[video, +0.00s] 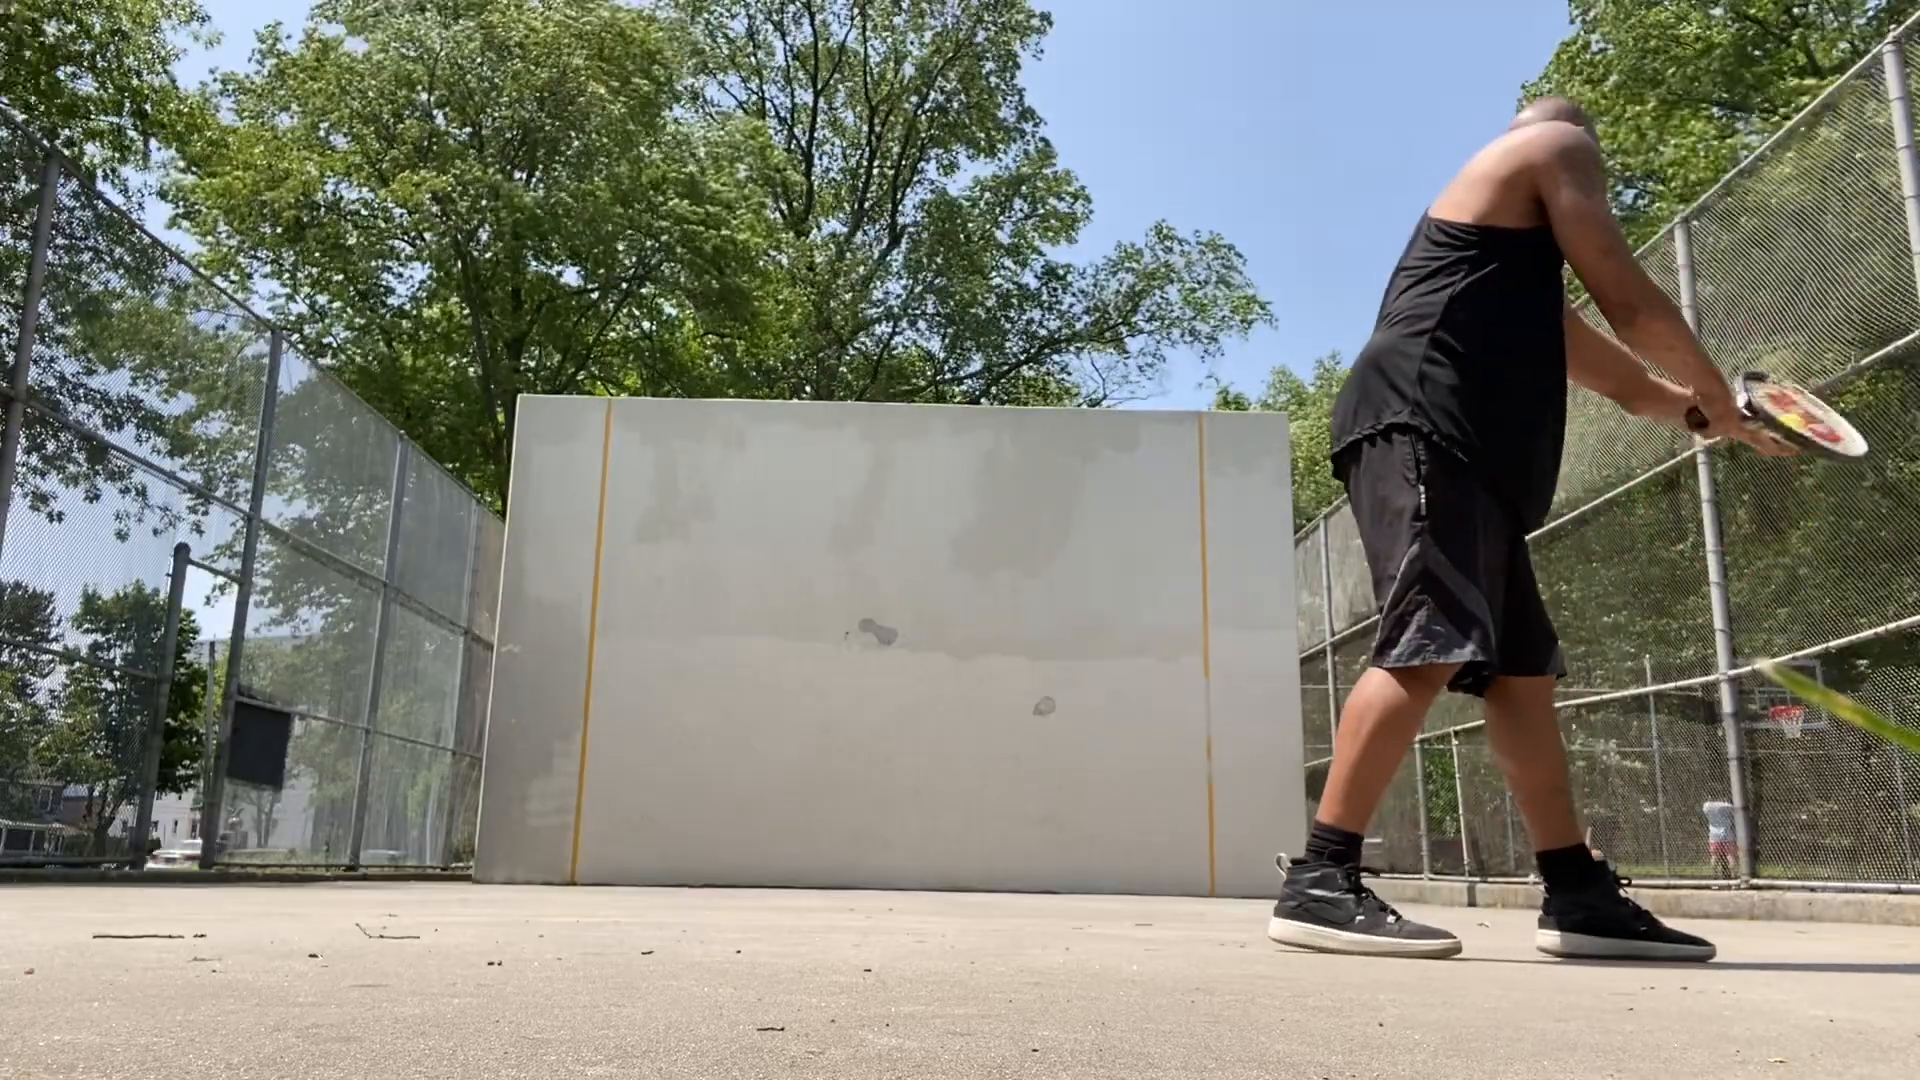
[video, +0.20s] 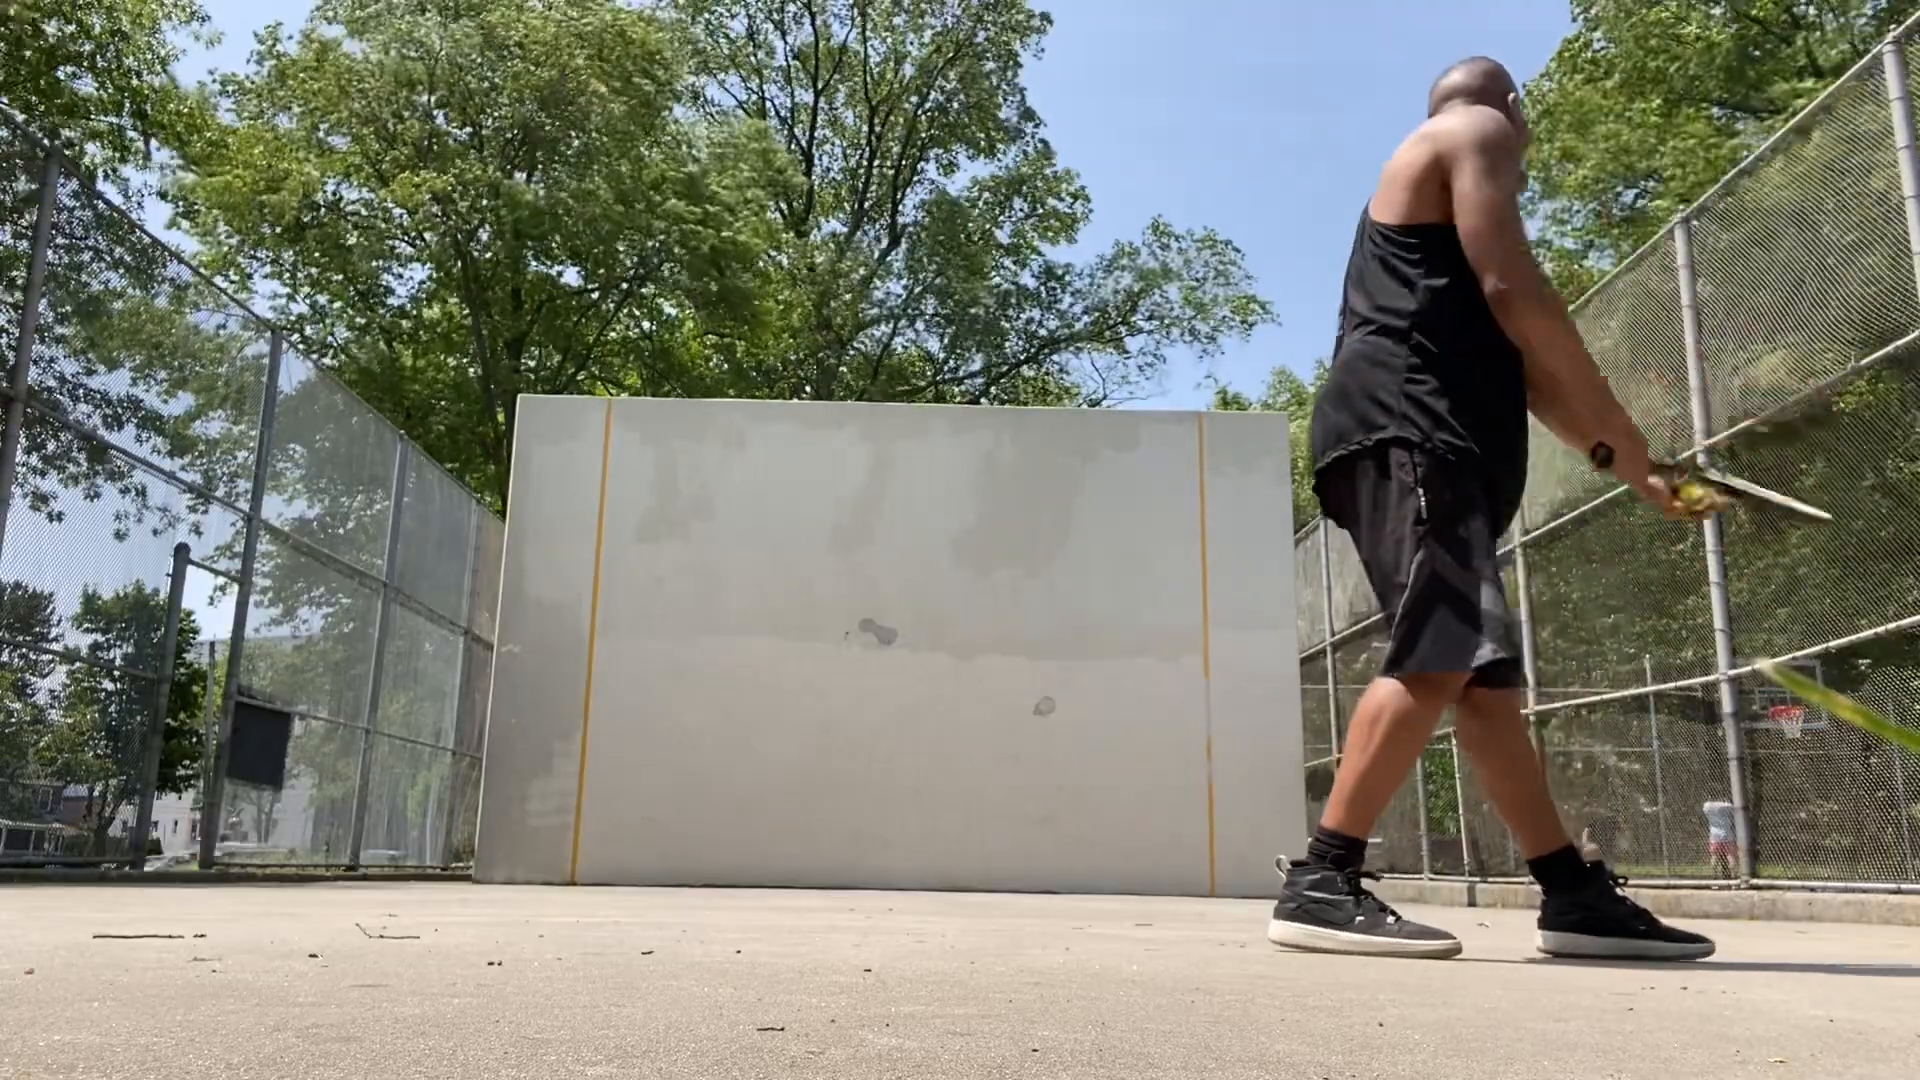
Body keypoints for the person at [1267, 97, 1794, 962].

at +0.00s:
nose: (1595, 165)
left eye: (1591, 157)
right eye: (1589, 148)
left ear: (1525, 135)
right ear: (1571, 131)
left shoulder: (1506, 247)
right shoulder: (1552, 142)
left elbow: (1618, 379)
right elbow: (1624, 296)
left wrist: (1693, 414)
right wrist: (1715, 394)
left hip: (1466, 451)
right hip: (1416, 422)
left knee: (1520, 665)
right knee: (1428, 637)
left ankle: (1578, 894)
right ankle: (1322, 878)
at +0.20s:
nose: (1527, 124)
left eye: (1522, 113)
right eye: (1522, 109)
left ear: (1446, 98)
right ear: (1504, 97)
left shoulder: (1430, 172)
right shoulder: (1475, 128)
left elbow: (1520, 357)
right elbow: (1512, 291)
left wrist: (1623, 455)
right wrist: (1610, 433)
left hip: (1426, 441)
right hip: (1408, 426)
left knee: (1487, 674)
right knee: (1442, 643)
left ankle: (1573, 893)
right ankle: (1324, 876)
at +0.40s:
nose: (1480, 103)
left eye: (1474, 93)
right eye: (1476, 89)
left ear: (1390, 92)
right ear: (1457, 79)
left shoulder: (1385, 156)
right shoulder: (1429, 115)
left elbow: (1394, 320)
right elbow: (1428, 242)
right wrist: (1480, 358)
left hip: (1409, 434)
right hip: (1403, 425)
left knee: (1488, 666)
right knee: (1442, 640)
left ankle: (1572, 892)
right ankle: (1323, 878)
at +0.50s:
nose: (1466, 96)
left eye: (1460, 85)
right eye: (1460, 81)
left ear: (1382, 88)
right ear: (1438, 73)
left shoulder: (1392, 155)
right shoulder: (1413, 111)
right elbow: (1413, 201)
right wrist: (1449, 279)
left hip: (1426, 438)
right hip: (1405, 429)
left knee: (1489, 664)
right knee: (1427, 644)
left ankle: (1570, 892)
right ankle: (1321, 881)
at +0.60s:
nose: (1461, 88)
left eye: (1453, 78)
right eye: (1455, 74)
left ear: (1373, 83)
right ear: (1440, 69)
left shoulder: (1405, 165)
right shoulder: (1396, 111)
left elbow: (1468, 350)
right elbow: (1421, 148)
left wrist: (1521, 469)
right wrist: (1456, 160)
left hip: (1447, 452)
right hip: (1407, 441)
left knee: (1500, 669)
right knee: (1413, 646)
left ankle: (1569, 893)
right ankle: (1319, 881)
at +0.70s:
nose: (1468, 98)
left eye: (1462, 81)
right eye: (1446, 76)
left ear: (1411, 88)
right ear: (1409, 86)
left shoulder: (1448, 182)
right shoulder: (1397, 152)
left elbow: (1497, 282)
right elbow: (1424, 114)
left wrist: (1550, 330)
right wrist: (1452, 30)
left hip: (1464, 458)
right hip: (1412, 449)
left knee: (1519, 663)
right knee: (1400, 648)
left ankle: (1569, 893)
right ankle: (1318, 881)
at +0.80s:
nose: (1482, 107)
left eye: (1475, 91)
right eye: (1464, 92)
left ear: (1429, 101)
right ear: (1423, 98)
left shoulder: (1458, 184)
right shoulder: (1425, 158)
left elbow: (1500, 199)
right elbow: (1454, 52)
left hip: (1471, 455)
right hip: (1439, 446)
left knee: (1548, 655)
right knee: (1408, 645)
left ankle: (1573, 893)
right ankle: (1320, 880)